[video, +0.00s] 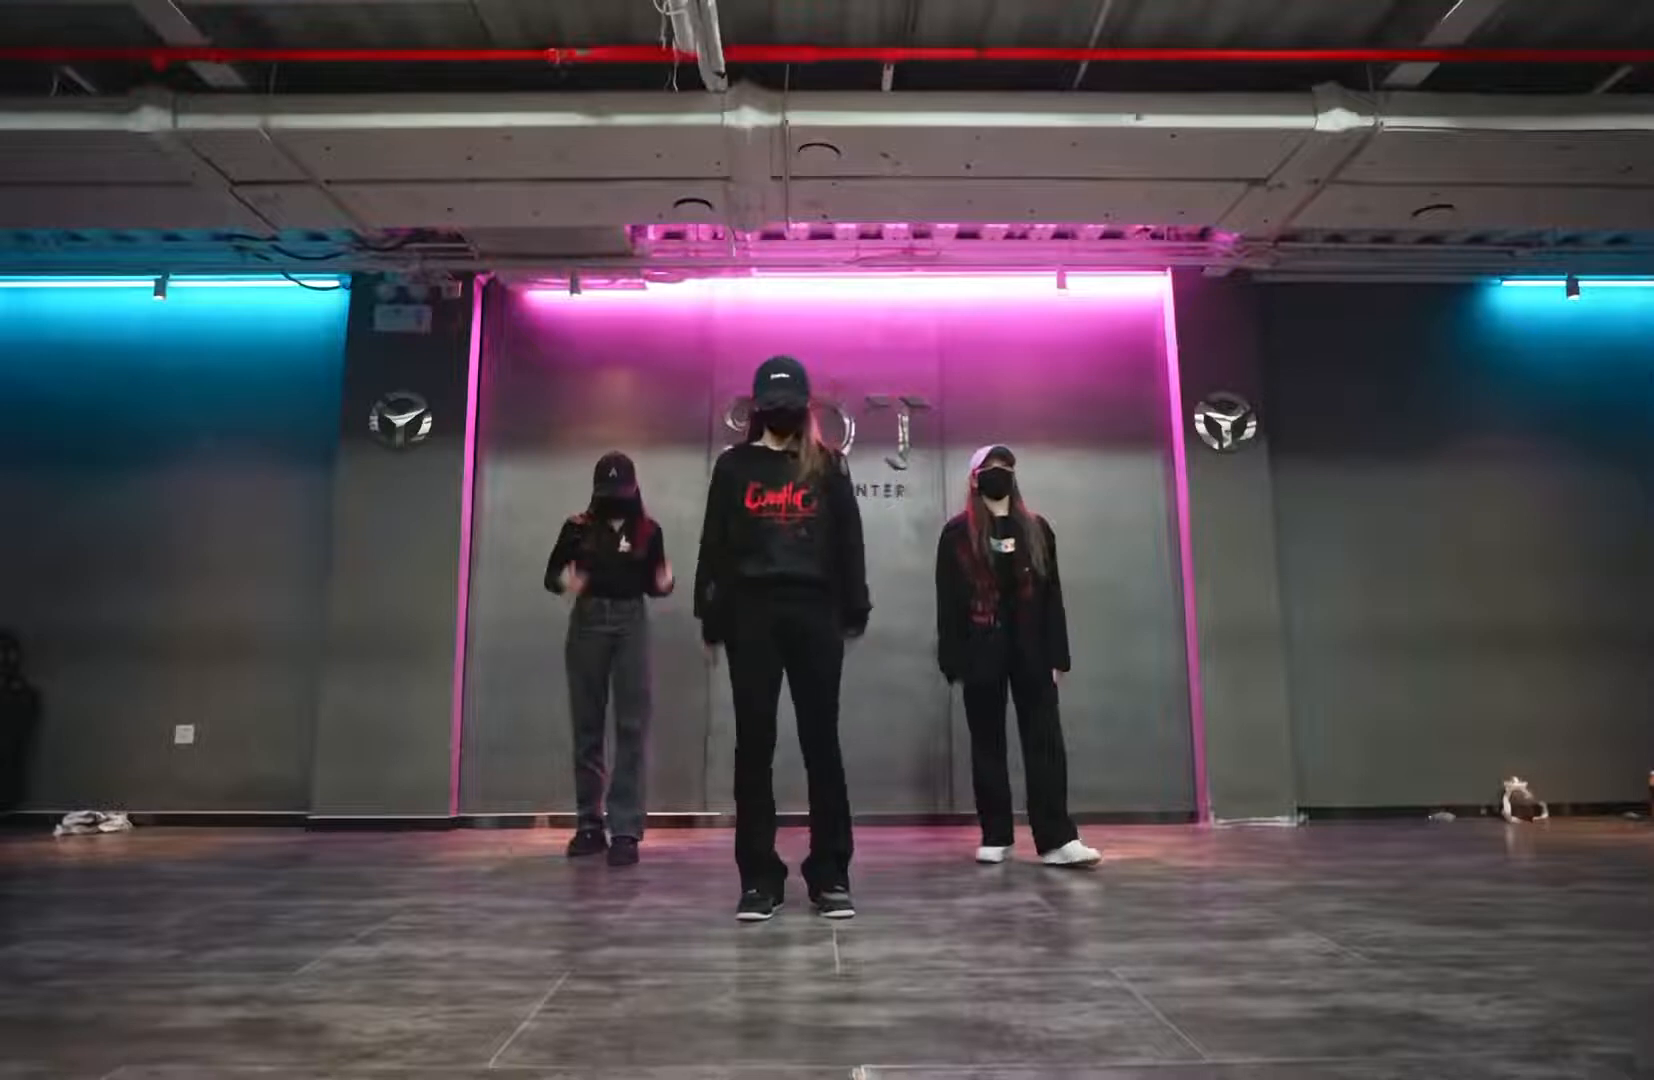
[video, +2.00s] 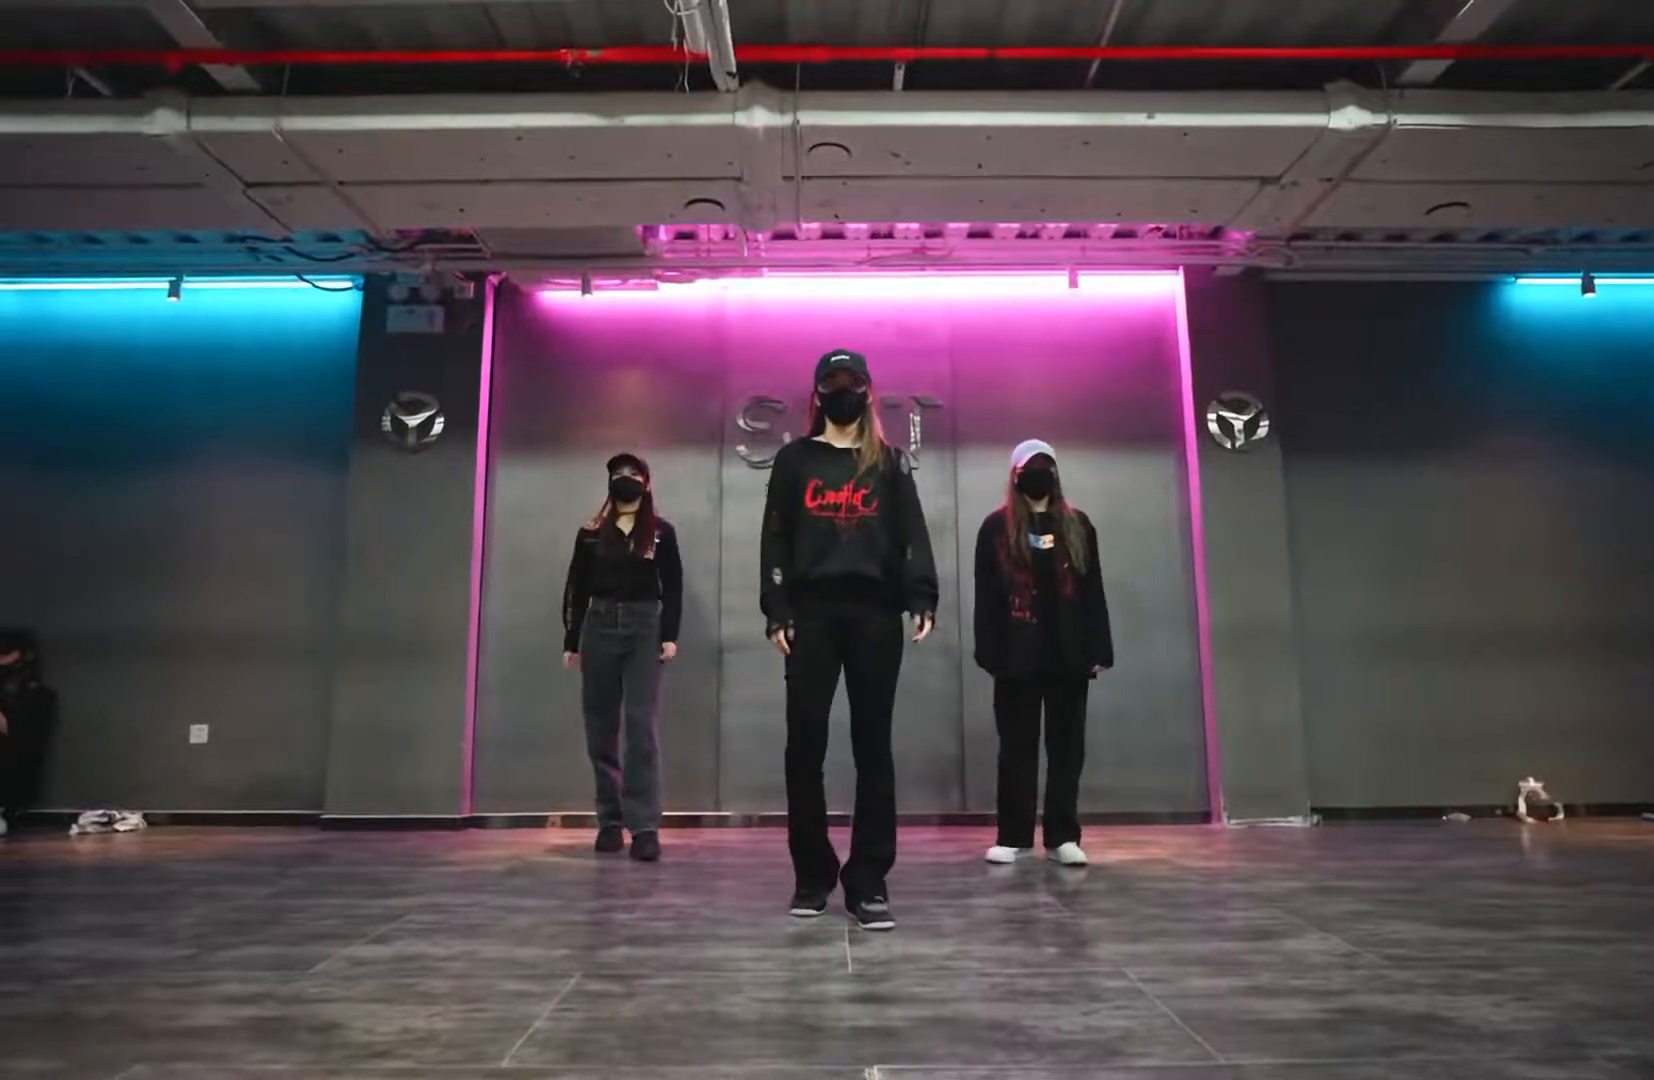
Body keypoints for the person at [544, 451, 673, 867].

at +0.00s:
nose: (615, 501)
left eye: (622, 493)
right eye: (608, 494)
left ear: (634, 490)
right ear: (596, 490)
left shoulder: (647, 529)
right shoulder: (578, 527)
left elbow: (658, 584)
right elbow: (552, 578)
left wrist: (662, 583)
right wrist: (569, 578)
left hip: (632, 622)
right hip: (589, 621)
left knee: (631, 727)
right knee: (588, 727)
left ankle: (626, 831)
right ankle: (589, 825)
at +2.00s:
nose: (627, 486)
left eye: (634, 480)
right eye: (619, 480)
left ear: (646, 485)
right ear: (609, 486)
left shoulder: (660, 532)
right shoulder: (591, 532)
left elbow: (673, 587)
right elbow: (576, 588)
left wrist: (670, 634)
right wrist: (572, 640)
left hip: (645, 631)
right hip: (598, 629)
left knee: (641, 726)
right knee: (601, 728)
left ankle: (644, 827)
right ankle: (610, 821)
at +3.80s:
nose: (627, 500)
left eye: (635, 492)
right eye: (620, 492)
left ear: (649, 495)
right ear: (610, 495)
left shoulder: (657, 540)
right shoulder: (606, 538)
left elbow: (649, 593)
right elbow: (580, 584)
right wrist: (539, 603)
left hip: (651, 651)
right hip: (611, 648)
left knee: (655, 747)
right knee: (585, 711)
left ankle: (669, 829)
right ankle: (574, 793)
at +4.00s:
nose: (606, 499)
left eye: (615, 492)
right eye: (599, 491)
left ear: (631, 497)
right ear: (590, 495)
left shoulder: (641, 543)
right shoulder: (581, 543)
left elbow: (652, 590)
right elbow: (543, 583)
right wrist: (493, 571)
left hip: (628, 655)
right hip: (582, 653)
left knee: (647, 759)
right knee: (557, 741)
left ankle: (667, 850)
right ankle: (530, 853)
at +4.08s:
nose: (602, 494)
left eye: (611, 488)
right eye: (595, 486)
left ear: (626, 494)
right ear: (584, 489)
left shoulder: (638, 541)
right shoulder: (566, 530)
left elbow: (678, 585)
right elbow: (521, 553)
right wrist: (498, 546)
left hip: (626, 651)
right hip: (576, 650)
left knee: (655, 746)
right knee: (561, 742)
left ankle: (663, 846)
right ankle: (531, 852)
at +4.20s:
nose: (616, 488)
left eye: (625, 480)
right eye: (609, 478)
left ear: (636, 485)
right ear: (594, 481)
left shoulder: (645, 530)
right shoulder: (577, 522)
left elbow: (704, 539)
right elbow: (535, 561)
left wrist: (745, 506)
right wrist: (526, 609)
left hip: (626, 646)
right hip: (579, 644)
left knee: (657, 736)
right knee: (573, 745)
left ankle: (628, 847)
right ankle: (530, 849)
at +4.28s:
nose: (623, 481)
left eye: (631, 475)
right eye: (616, 473)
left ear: (641, 480)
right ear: (602, 475)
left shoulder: (642, 526)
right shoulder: (581, 527)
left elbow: (689, 543)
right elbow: (581, 600)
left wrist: (712, 503)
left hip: (624, 637)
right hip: (587, 638)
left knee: (651, 744)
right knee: (587, 746)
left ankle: (620, 852)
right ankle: (523, 840)